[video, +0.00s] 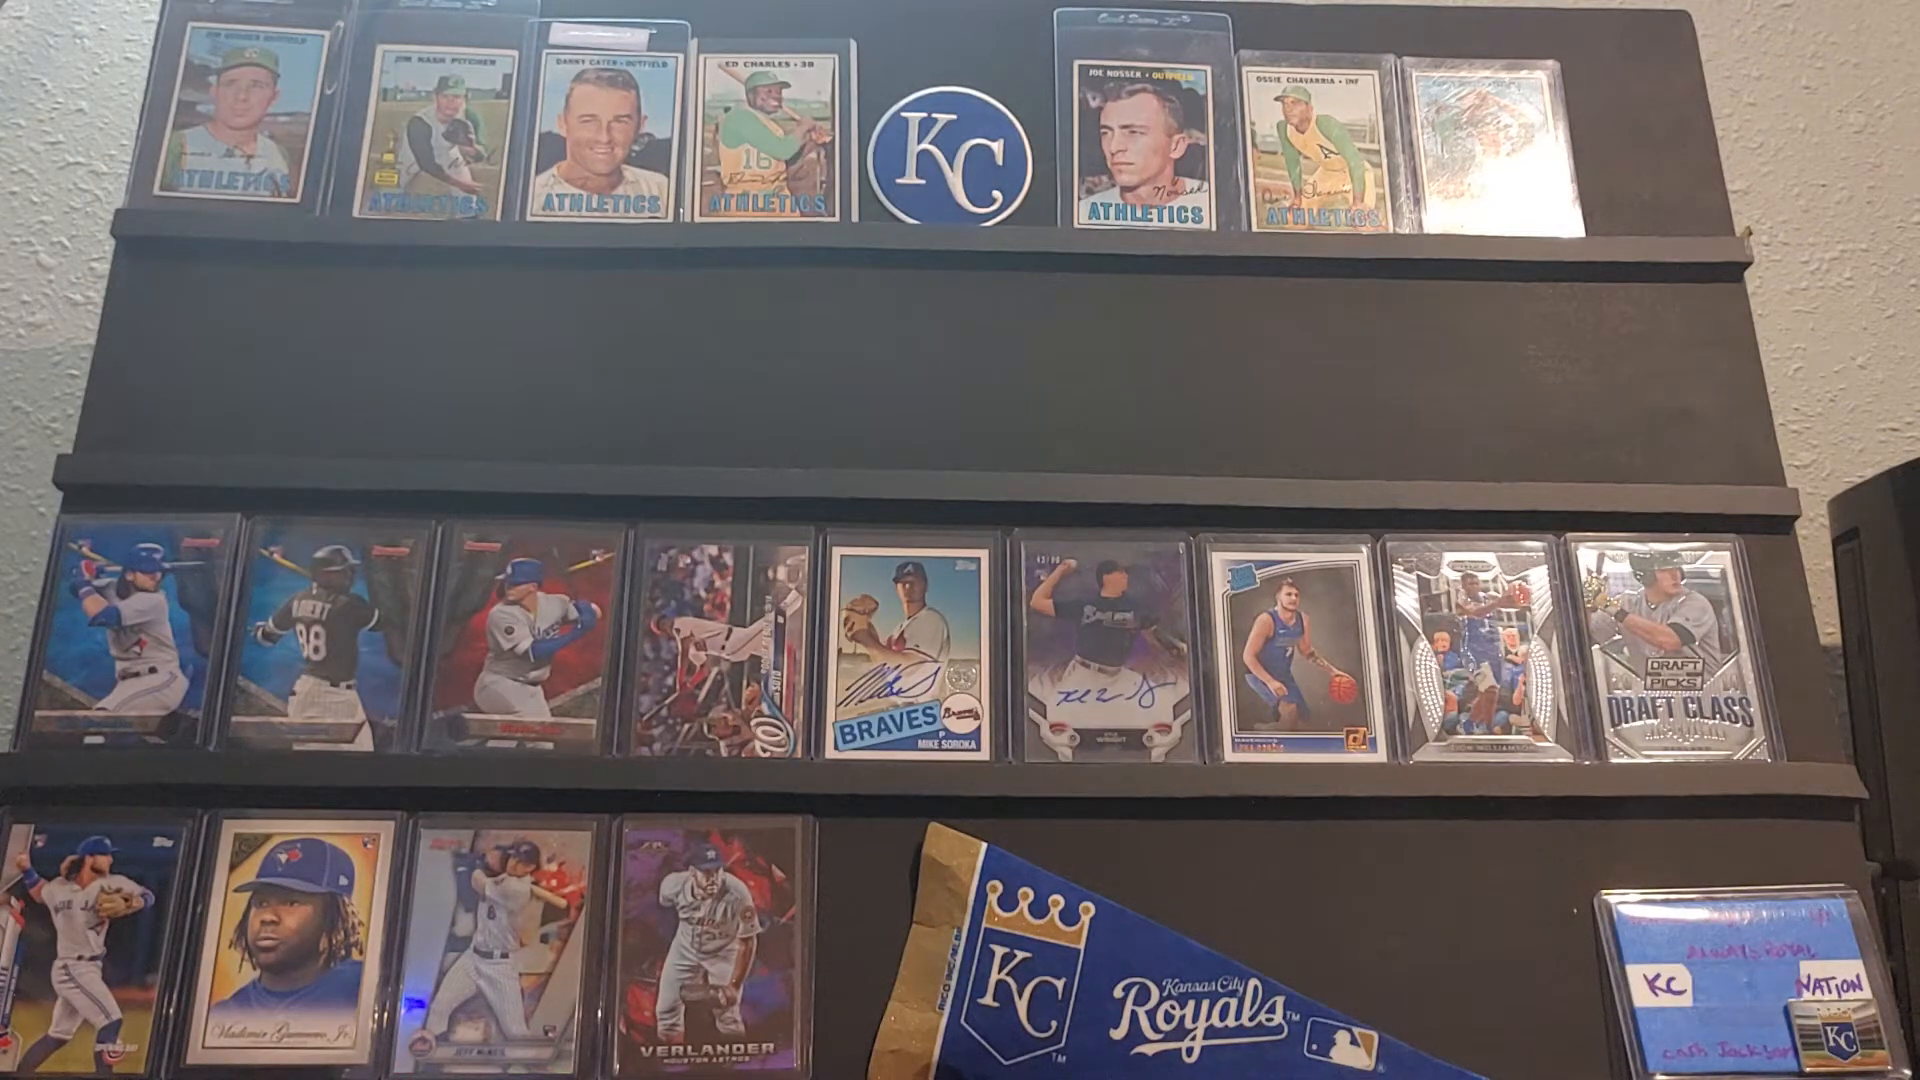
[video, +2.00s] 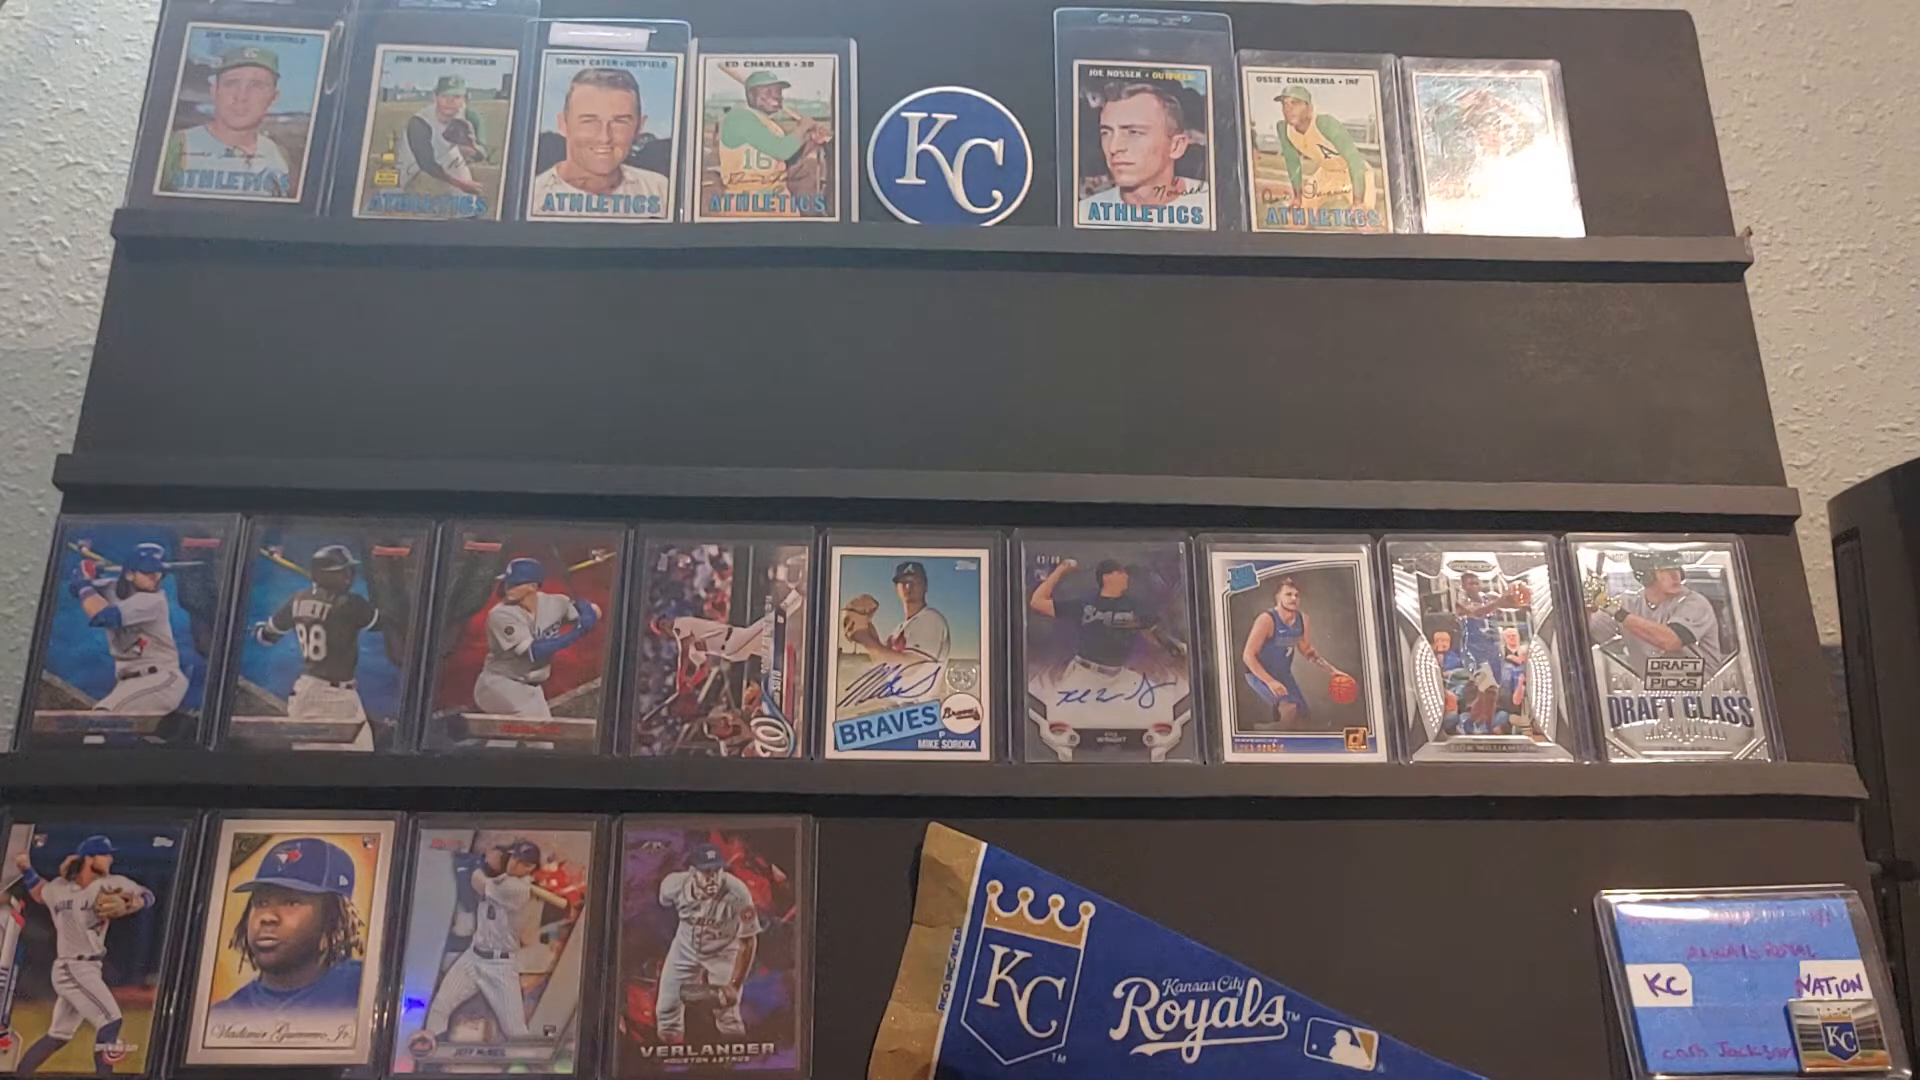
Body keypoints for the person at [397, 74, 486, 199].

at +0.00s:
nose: (451, 102)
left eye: (457, 97)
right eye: (445, 96)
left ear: (464, 100)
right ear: (436, 97)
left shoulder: (467, 117)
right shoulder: (419, 123)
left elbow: (481, 154)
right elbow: (428, 166)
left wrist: (469, 150)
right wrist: (462, 185)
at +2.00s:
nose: (450, 102)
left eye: (456, 97)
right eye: (444, 96)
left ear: (465, 101)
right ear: (436, 98)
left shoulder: (468, 117)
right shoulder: (419, 123)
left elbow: (481, 154)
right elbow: (427, 165)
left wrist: (470, 151)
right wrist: (462, 185)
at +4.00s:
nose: (450, 101)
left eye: (456, 97)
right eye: (445, 96)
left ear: (464, 100)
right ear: (436, 98)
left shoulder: (470, 117)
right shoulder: (419, 123)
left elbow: (481, 153)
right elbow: (427, 165)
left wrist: (469, 149)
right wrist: (461, 185)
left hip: (454, 164)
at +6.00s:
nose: (451, 102)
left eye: (457, 97)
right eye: (446, 96)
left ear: (464, 100)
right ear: (436, 97)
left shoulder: (468, 116)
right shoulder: (419, 123)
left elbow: (481, 153)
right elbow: (427, 165)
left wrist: (472, 152)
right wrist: (460, 184)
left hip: (453, 163)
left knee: (467, 197)